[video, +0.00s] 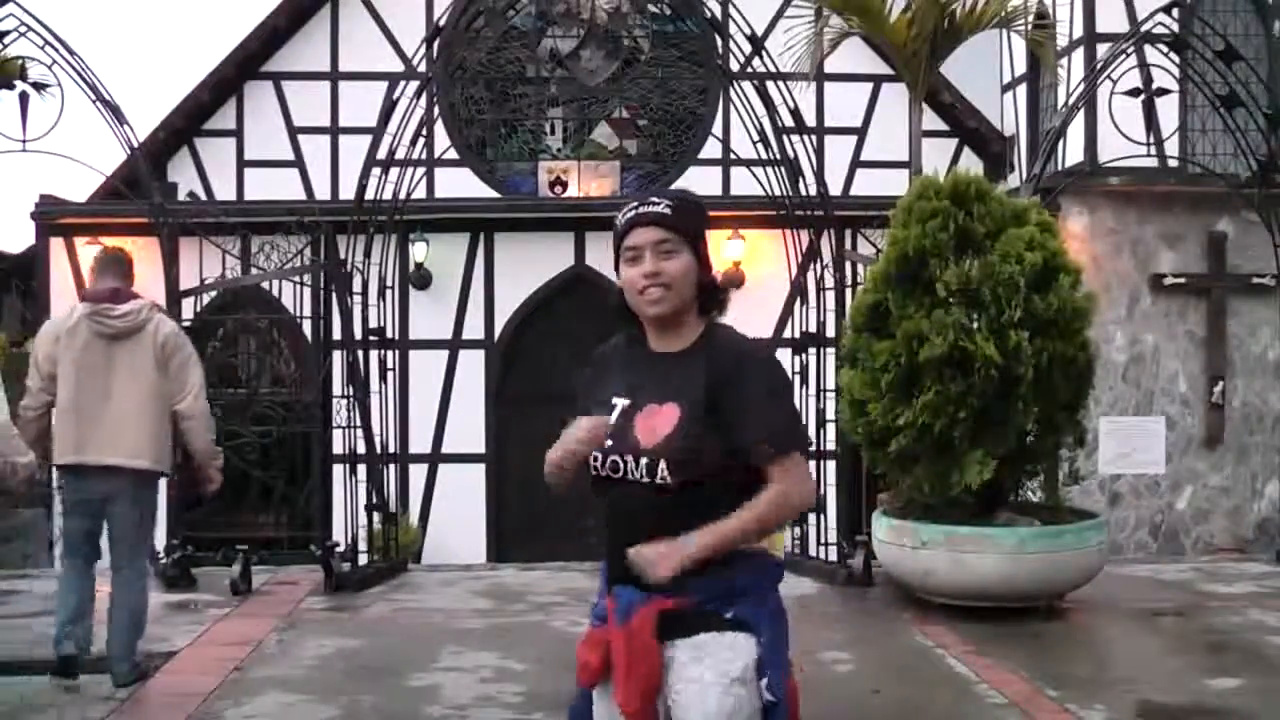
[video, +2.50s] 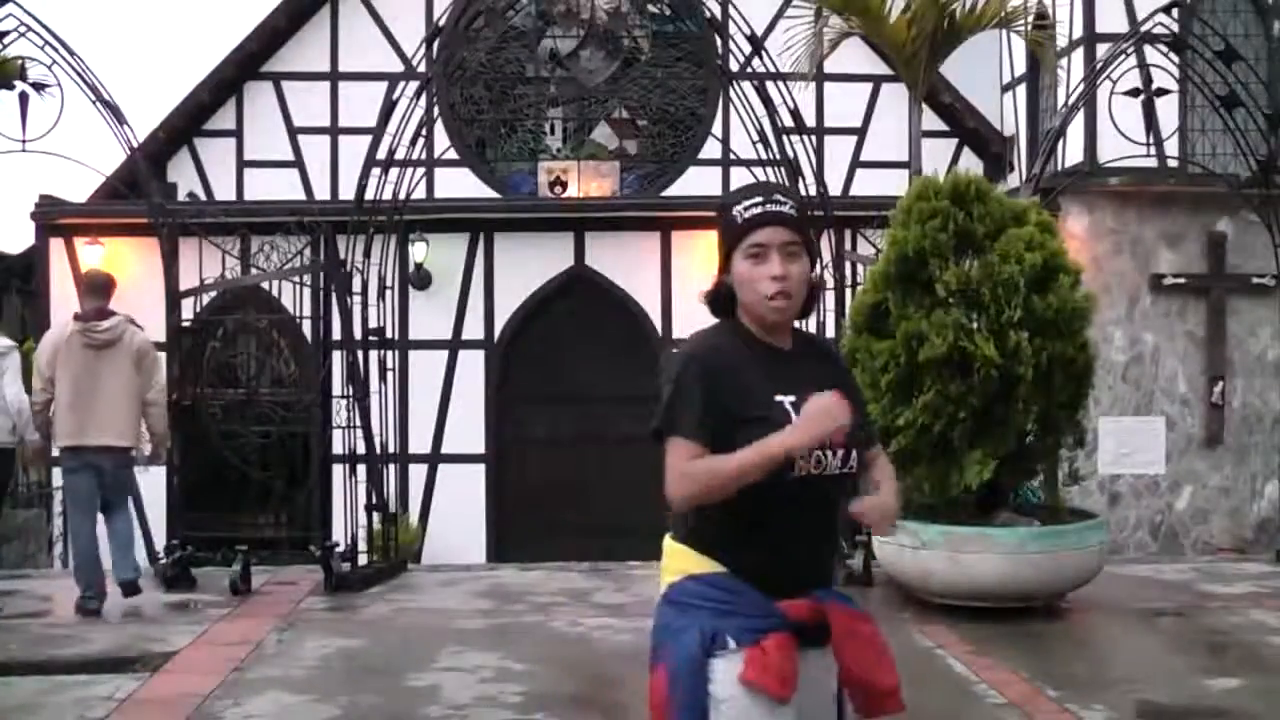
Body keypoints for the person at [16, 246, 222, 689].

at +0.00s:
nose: (102, 288)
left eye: (98, 280)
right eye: (120, 283)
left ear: (91, 281)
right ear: (133, 283)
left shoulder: (59, 331)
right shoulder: (164, 332)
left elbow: (31, 409)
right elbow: (192, 406)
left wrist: (49, 451)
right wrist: (209, 464)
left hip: (78, 466)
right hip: (137, 467)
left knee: (76, 559)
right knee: (131, 566)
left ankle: (68, 648)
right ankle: (122, 667)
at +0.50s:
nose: (94, 297)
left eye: (96, 290)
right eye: (97, 290)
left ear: (101, 290)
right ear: (138, 292)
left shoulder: (73, 342)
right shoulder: (170, 340)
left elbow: (48, 409)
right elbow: (199, 408)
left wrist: (46, 452)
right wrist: (211, 451)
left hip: (91, 466)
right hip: (147, 465)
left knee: (108, 552)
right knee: (141, 562)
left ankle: (110, 633)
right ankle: (125, 653)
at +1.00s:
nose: (97, 295)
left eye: (97, 289)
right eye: (99, 290)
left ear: (100, 289)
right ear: (136, 287)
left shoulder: (75, 336)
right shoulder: (164, 335)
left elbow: (60, 397)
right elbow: (186, 405)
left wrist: (66, 443)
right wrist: (197, 455)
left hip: (92, 456)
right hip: (147, 455)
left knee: (106, 546)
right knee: (162, 538)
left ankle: (117, 633)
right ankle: (175, 621)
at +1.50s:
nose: (129, 299)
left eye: (125, 292)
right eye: (144, 292)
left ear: (120, 290)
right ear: (155, 293)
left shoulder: (94, 334)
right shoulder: (177, 341)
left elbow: (68, 393)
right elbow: (196, 400)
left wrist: (53, 439)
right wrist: (211, 452)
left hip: (108, 448)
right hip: (156, 450)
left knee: (110, 530)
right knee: (153, 536)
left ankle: (117, 602)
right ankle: (145, 611)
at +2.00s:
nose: (116, 304)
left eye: (116, 298)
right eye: (121, 298)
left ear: (114, 297)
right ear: (144, 296)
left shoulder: (91, 338)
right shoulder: (173, 340)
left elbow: (62, 391)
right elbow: (185, 400)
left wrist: (41, 433)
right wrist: (169, 427)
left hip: (105, 447)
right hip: (153, 446)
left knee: (99, 523)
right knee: (149, 530)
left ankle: (88, 594)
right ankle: (145, 609)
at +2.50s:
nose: (90, 301)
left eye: (86, 293)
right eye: (102, 294)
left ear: (80, 294)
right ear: (111, 295)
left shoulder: (57, 338)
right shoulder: (136, 339)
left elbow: (40, 397)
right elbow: (154, 396)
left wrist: (44, 434)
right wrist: (159, 443)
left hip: (74, 442)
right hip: (117, 442)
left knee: (81, 519)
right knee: (118, 508)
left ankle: (90, 596)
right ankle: (127, 574)